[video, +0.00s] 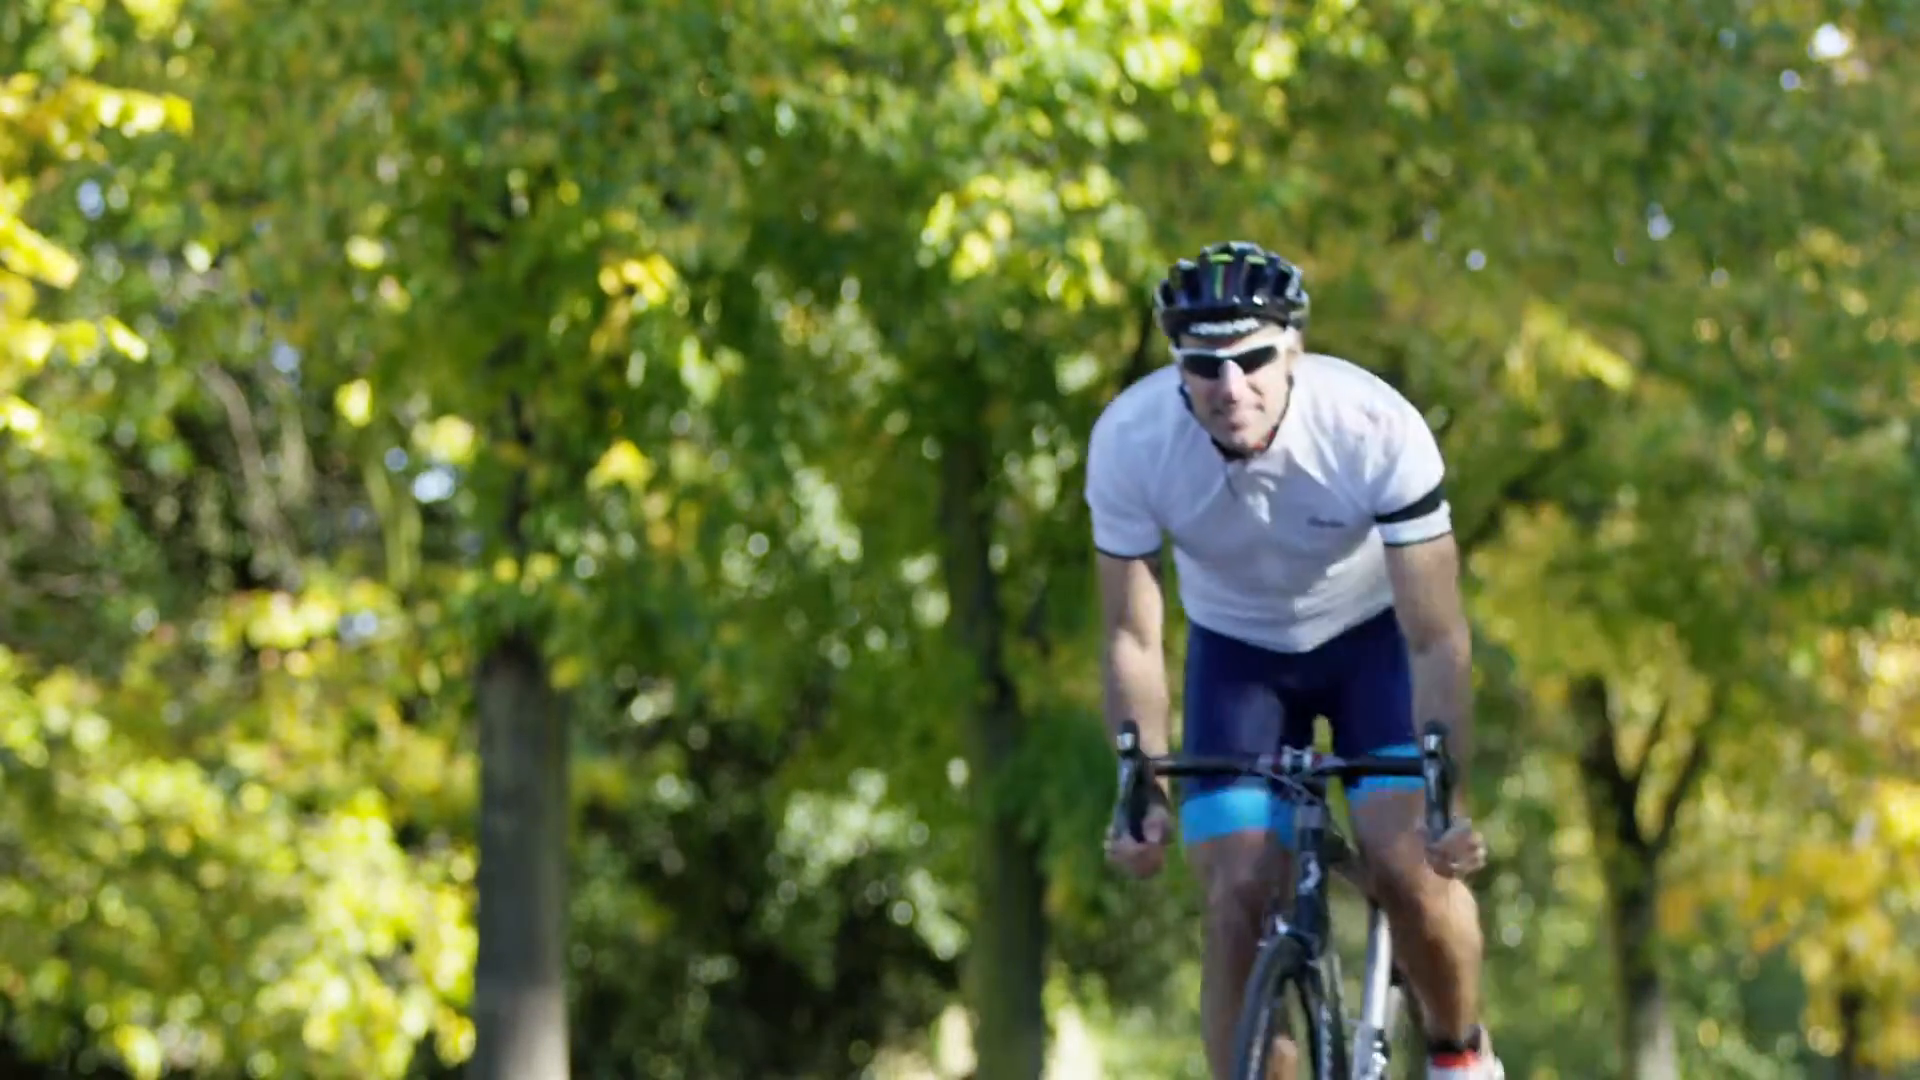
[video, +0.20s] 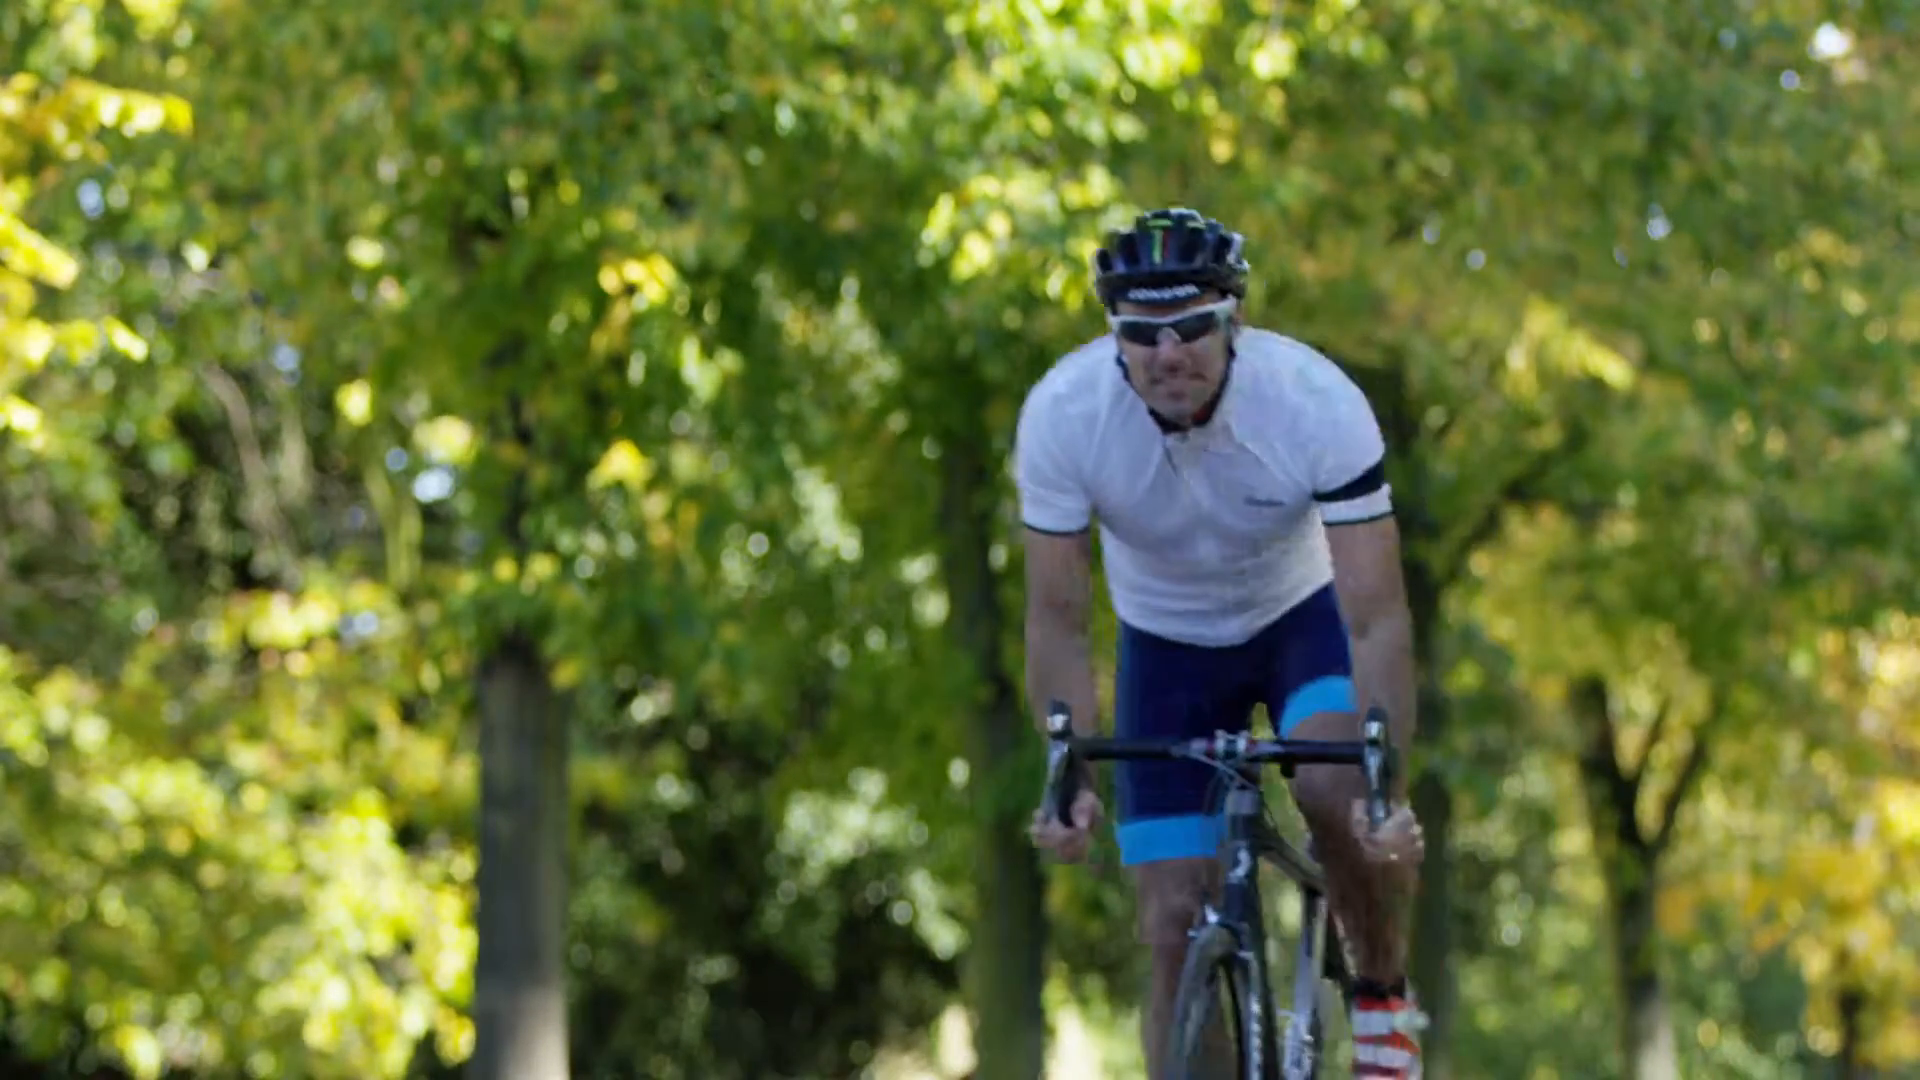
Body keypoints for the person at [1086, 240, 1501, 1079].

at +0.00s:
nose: (1232, 388)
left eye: (1254, 361)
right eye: (1206, 367)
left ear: (1294, 349)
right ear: (1177, 366)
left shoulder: (1377, 429)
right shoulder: (1128, 444)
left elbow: (1437, 635)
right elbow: (1129, 631)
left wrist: (1448, 805)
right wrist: (1144, 780)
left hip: (1372, 631)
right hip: (1233, 644)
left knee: (1403, 862)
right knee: (1239, 891)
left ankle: (1459, 1055)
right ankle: (1247, 1069)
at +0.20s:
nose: (1170, 356)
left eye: (1193, 329)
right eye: (1143, 333)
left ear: (1235, 320)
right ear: (1113, 331)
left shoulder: (1318, 404)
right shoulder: (1062, 417)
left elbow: (1377, 613)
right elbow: (1055, 611)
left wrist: (1387, 793)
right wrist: (1068, 766)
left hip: (1302, 613)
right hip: (1162, 636)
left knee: (1340, 800)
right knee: (1172, 928)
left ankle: (1381, 1005)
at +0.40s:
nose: (1100, 320)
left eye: (1122, 291)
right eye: (1071, 297)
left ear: (1164, 284)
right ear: (1041, 299)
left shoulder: (1254, 374)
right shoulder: (986, 385)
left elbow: (1308, 589)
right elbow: (975, 589)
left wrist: (1306, 759)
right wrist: (979, 752)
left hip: (1231, 573)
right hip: (1090, 598)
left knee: (1268, 764)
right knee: (1095, 894)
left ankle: (1291, 1006)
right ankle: (1134, 1073)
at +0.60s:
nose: (1011, 281)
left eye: (1037, 253)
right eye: (984, 258)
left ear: (1084, 243)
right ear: (956, 257)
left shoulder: (1176, 340)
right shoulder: (903, 350)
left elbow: (1227, 563)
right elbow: (886, 561)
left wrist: (1216, 742)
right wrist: (873, 735)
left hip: (1158, 545)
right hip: (1009, 561)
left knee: (1169, 785)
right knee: (991, 862)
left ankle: (1203, 1066)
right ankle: (1040, 1069)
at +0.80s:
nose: (920, 252)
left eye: (947, 221)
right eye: (892, 227)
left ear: (993, 211)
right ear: (862, 227)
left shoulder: (1089, 312)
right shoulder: (813, 320)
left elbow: (1139, 543)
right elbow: (786, 538)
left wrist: (1115, 727)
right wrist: (765, 719)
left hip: (1083, 545)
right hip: (926, 538)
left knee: (1081, 828)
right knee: (875, 815)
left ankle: (1110, 1072)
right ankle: (939, 1039)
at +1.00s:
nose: (816, 226)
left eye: (843, 196)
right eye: (788, 201)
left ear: (897, 184)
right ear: (759, 201)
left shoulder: (992, 282)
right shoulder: (715, 295)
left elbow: (1056, 517)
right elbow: (685, 525)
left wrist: (1032, 709)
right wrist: (669, 702)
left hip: (997, 533)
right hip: (841, 512)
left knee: (1007, 861)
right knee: (764, 718)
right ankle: (834, 972)